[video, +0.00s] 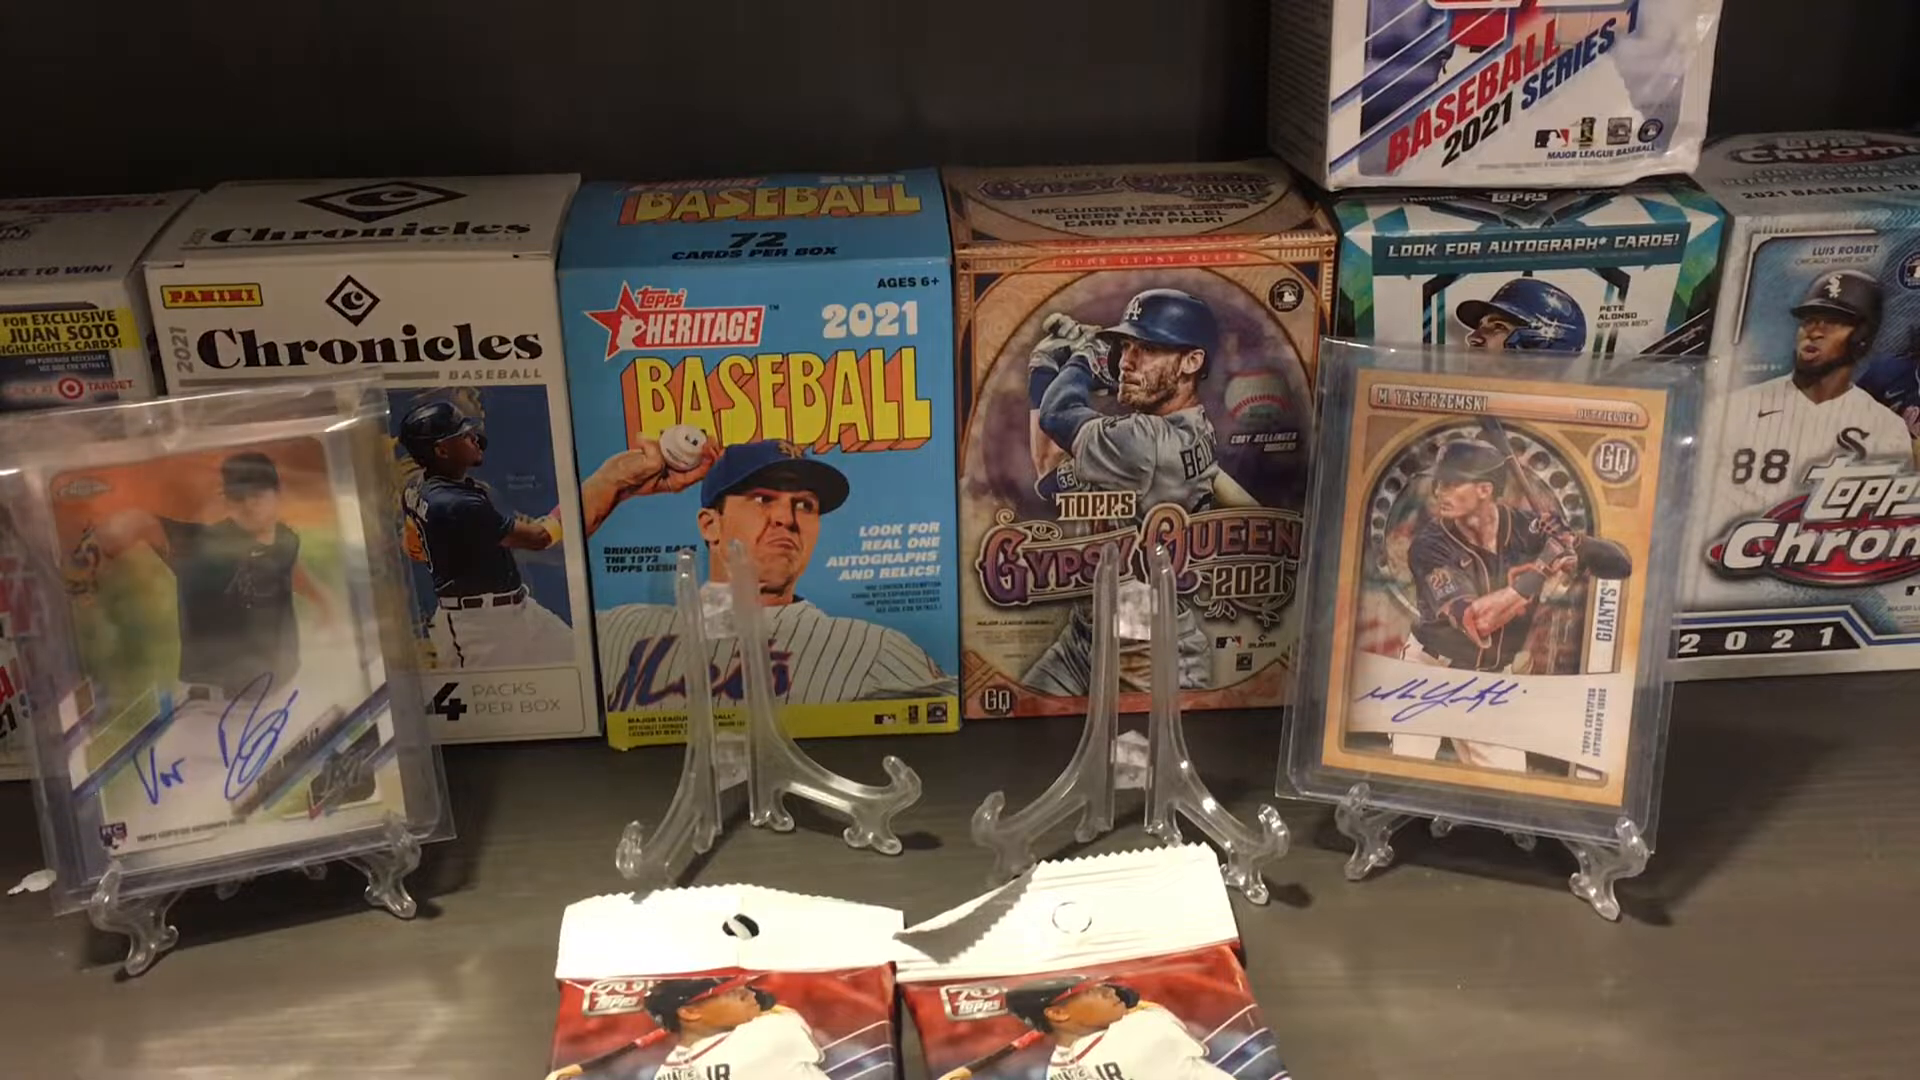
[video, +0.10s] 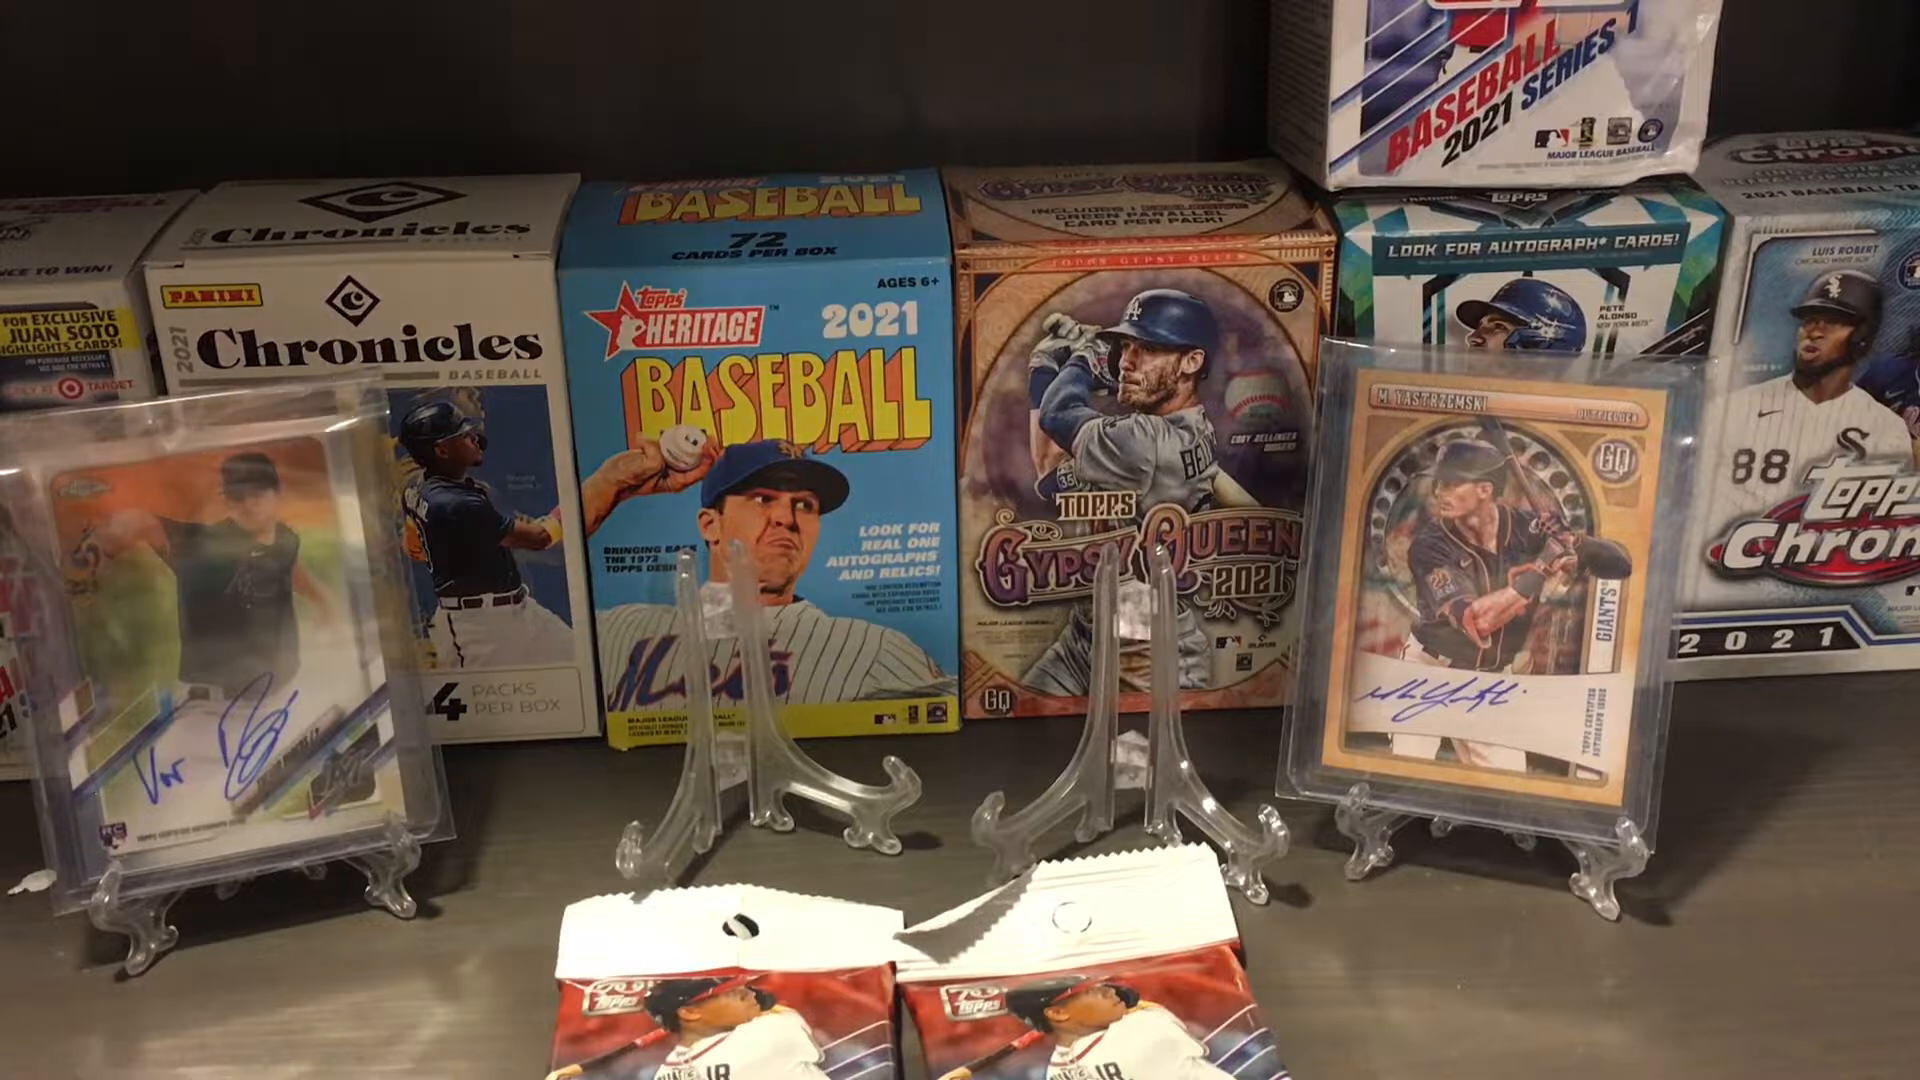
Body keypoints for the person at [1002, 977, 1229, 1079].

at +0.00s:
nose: (1106, 990)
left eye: (1097, 985)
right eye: (1091, 990)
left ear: (1058, 1015)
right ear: (1058, 1014)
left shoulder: (1056, 1072)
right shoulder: (1144, 1033)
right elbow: (1146, 1009)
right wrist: (1112, 1006)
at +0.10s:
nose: (1106, 990)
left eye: (1097, 986)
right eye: (1092, 990)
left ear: (1058, 1015)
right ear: (1058, 1014)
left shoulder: (1056, 1072)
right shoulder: (1145, 1033)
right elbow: (1146, 1008)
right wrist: (1112, 1006)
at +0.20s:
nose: (1105, 989)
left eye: (1096, 985)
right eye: (1091, 990)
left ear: (1058, 1015)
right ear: (1058, 1014)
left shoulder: (1056, 1072)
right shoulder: (1144, 1033)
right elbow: (1147, 1009)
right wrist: (1113, 1007)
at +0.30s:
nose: (1107, 990)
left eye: (1098, 986)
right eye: (1093, 990)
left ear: (1058, 1016)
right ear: (1058, 1014)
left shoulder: (1056, 1072)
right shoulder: (1144, 1034)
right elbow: (1147, 1009)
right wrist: (1112, 1007)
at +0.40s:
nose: (1107, 990)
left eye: (1098, 986)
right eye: (1093, 990)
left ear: (1058, 1016)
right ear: (1058, 1014)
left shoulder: (1056, 1072)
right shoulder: (1145, 1033)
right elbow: (1147, 1008)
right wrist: (1112, 1007)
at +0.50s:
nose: (1106, 990)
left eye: (1097, 986)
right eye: (1092, 990)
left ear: (1058, 1015)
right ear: (1058, 1014)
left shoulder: (1055, 1072)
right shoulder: (1144, 1033)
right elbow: (1146, 1009)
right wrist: (1111, 1008)